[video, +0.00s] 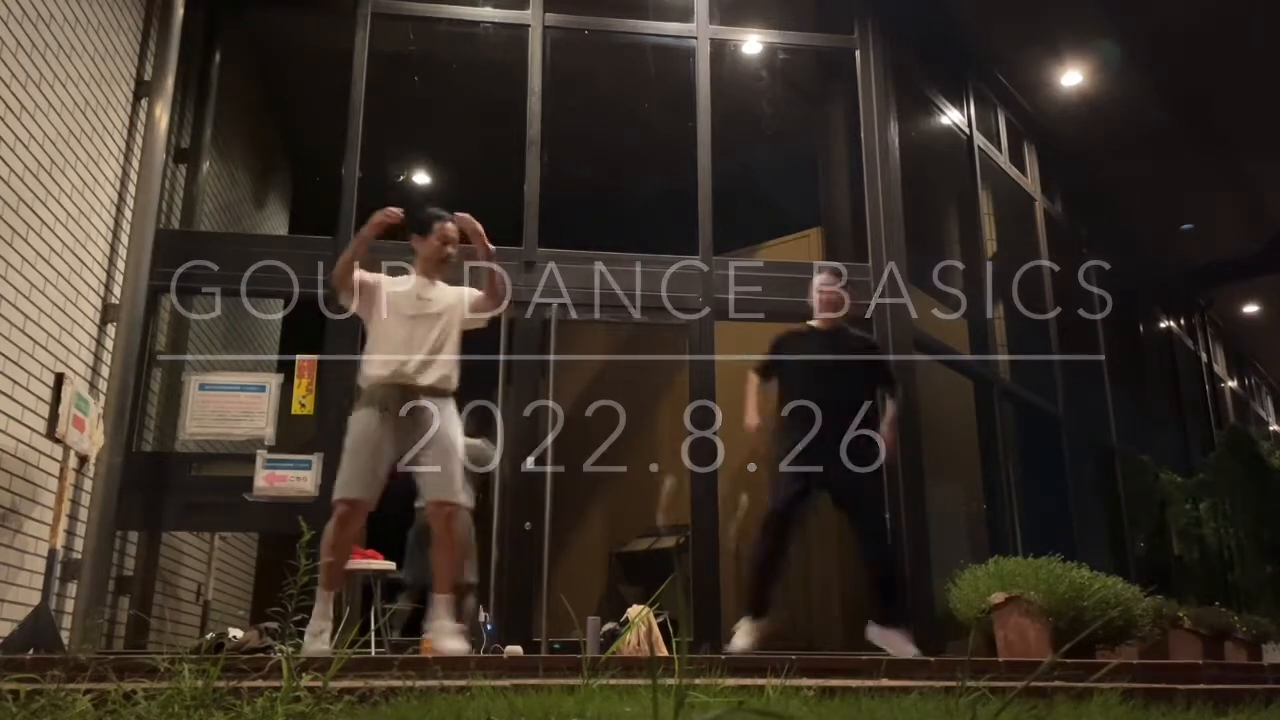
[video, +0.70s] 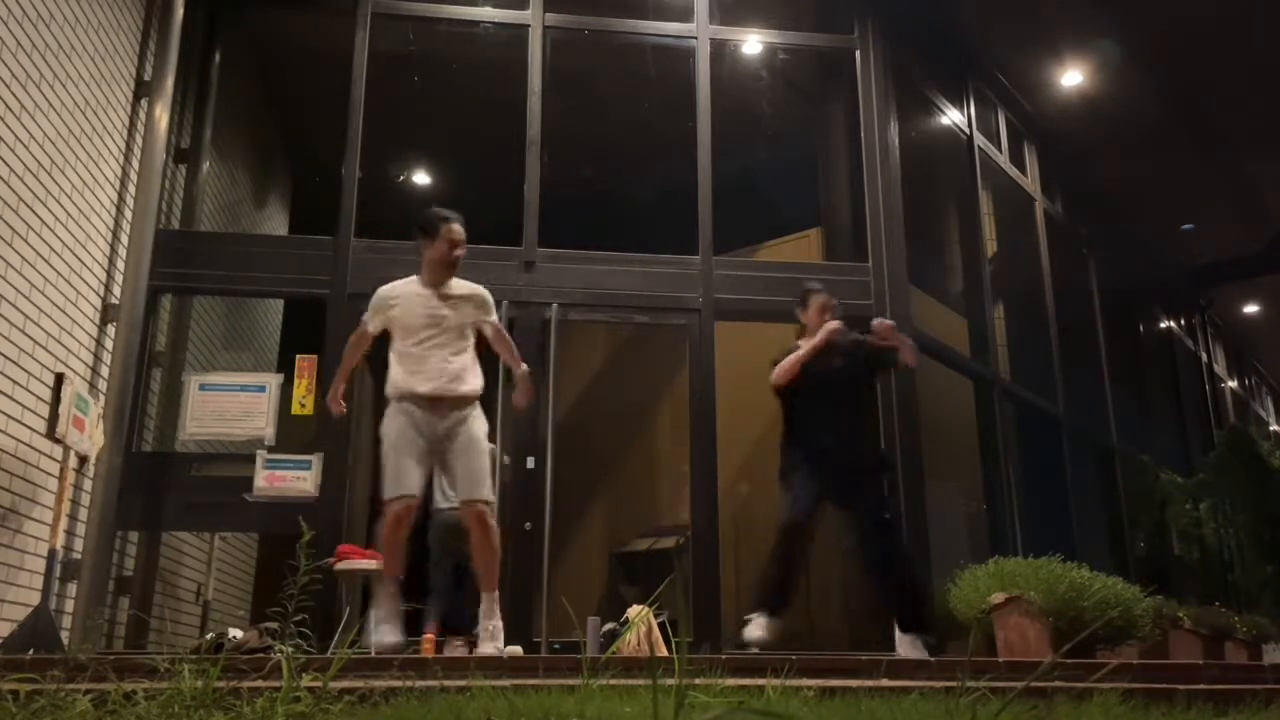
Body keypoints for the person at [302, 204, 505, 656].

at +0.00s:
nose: (450, 249)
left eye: (454, 243)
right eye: (441, 240)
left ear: (456, 249)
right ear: (417, 242)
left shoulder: (458, 297)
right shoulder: (382, 286)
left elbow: (498, 298)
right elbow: (340, 280)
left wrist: (484, 250)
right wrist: (367, 233)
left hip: (436, 406)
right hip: (378, 404)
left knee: (446, 511)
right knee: (347, 510)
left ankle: (442, 623)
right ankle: (321, 620)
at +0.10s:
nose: (436, 254)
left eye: (441, 248)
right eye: (428, 245)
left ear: (442, 254)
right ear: (404, 245)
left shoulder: (446, 300)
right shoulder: (371, 291)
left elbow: (481, 306)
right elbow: (331, 297)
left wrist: (472, 259)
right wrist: (355, 249)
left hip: (423, 416)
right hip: (367, 411)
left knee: (414, 515)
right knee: (338, 513)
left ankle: (394, 621)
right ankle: (319, 619)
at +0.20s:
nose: (419, 269)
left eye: (424, 262)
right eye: (412, 260)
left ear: (428, 267)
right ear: (388, 262)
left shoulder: (437, 314)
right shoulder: (362, 311)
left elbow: (461, 349)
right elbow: (322, 340)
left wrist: (463, 314)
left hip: (412, 428)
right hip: (361, 422)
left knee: (377, 519)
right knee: (333, 523)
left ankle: (354, 620)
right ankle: (316, 623)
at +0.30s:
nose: (409, 288)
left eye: (413, 280)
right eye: (401, 280)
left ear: (417, 284)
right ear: (376, 282)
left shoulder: (431, 335)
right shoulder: (349, 336)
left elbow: (448, 379)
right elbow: (322, 380)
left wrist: (447, 419)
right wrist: (317, 410)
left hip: (409, 447)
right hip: (353, 440)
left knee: (375, 513)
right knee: (329, 526)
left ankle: (358, 621)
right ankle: (315, 628)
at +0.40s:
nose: (409, 286)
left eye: (413, 279)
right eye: (401, 279)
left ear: (416, 281)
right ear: (376, 281)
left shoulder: (432, 334)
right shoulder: (347, 339)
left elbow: (446, 399)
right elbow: (325, 406)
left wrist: (458, 457)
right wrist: (309, 465)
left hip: (414, 447)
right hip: (356, 445)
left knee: (409, 505)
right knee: (330, 529)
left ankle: (401, 614)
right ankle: (316, 630)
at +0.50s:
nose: (422, 267)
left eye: (426, 259)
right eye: (414, 259)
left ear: (430, 262)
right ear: (389, 259)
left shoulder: (444, 311)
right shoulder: (360, 316)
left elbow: (463, 367)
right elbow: (336, 379)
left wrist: (479, 418)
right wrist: (319, 439)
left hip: (433, 429)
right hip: (373, 429)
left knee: (445, 506)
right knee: (345, 522)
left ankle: (459, 613)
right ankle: (320, 626)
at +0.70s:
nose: (458, 254)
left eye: (462, 246)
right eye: (451, 245)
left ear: (464, 250)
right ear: (425, 246)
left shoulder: (476, 298)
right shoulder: (392, 296)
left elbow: (495, 334)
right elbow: (361, 339)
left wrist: (519, 367)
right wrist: (339, 383)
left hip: (465, 414)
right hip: (408, 413)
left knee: (479, 512)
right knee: (402, 508)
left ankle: (491, 619)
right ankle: (385, 613)